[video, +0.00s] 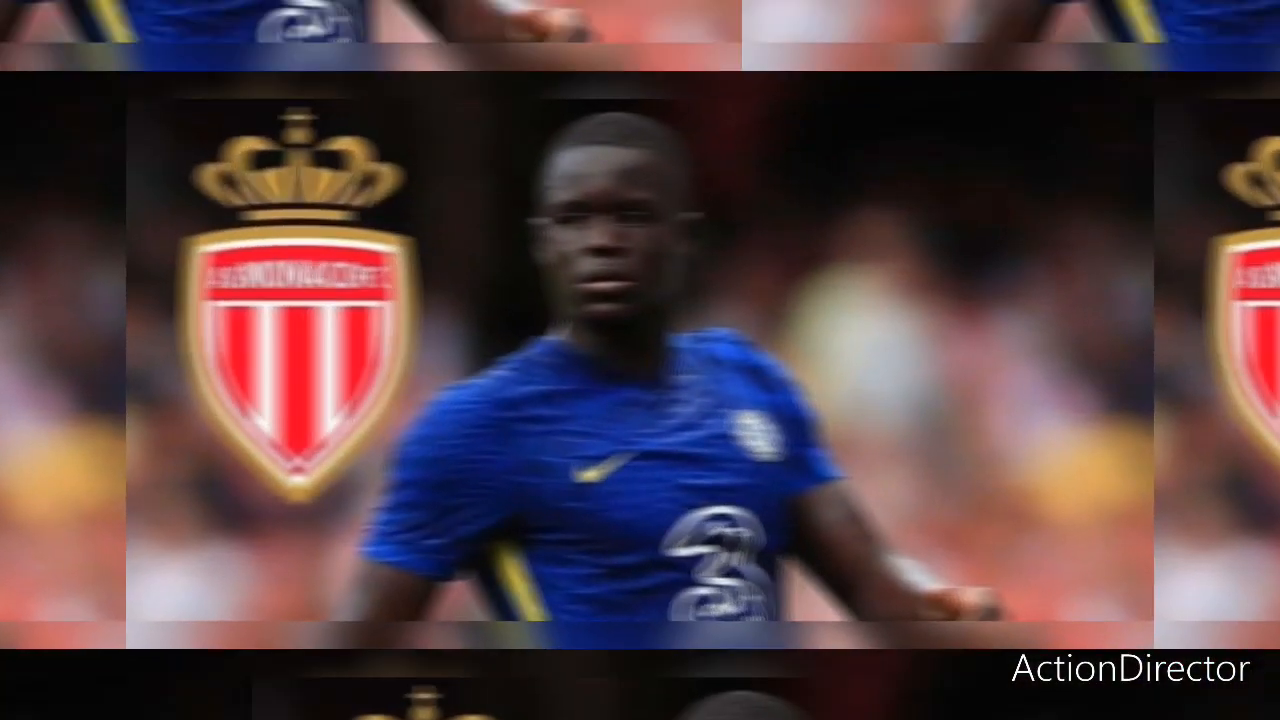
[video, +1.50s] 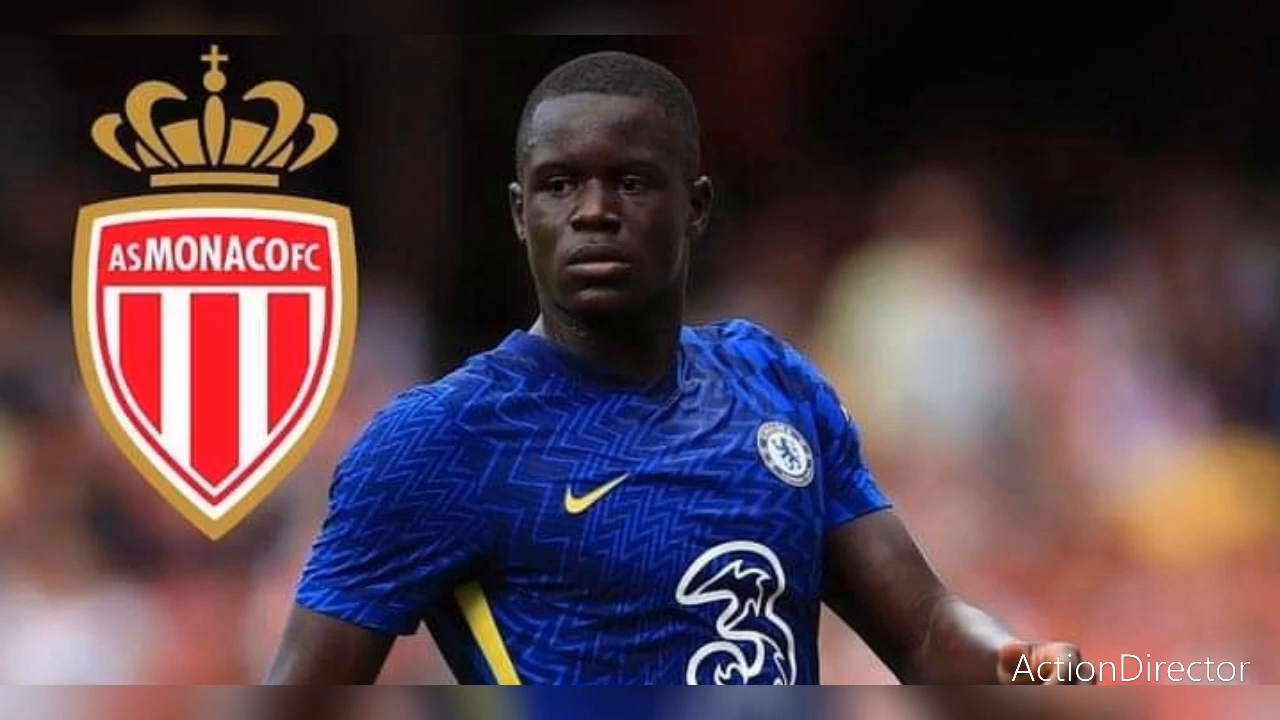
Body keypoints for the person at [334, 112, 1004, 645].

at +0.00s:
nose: (604, 241)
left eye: (634, 216)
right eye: (573, 219)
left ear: (683, 237)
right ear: (539, 243)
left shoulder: (741, 379)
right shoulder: (476, 428)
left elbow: (869, 576)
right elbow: (356, 646)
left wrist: (943, 615)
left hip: (753, 698)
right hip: (592, 705)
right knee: (743, 706)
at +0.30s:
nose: (598, 218)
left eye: (634, 191)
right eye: (565, 193)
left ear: (693, 219)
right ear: (529, 223)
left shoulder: (762, 383)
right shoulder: (445, 441)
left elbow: (903, 608)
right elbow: (319, 676)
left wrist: (990, 654)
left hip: (773, 698)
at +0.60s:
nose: (596, 209)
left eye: (633, 178)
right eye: (560, 181)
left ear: (697, 208)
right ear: (522, 215)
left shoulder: (770, 384)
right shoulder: (432, 445)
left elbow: (920, 625)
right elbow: (302, 691)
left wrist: (1019, 674)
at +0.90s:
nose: (596, 208)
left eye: (633, 178)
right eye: (560, 180)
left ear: (697, 209)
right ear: (522, 214)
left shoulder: (770, 384)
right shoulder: (432, 445)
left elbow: (920, 624)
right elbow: (302, 691)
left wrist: (1021, 674)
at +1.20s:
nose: (596, 209)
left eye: (633, 178)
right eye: (560, 181)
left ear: (697, 208)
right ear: (522, 215)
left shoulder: (770, 384)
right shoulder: (432, 445)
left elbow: (920, 625)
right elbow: (302, 691)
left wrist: (1019, 674)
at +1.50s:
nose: (594, 210)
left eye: (633, 178)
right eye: (559, 181)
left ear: (697, 209)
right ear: (522, 216)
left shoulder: (770, 385)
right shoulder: (434, 443)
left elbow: (922, 627)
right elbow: (301, 690)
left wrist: (1018, 674)